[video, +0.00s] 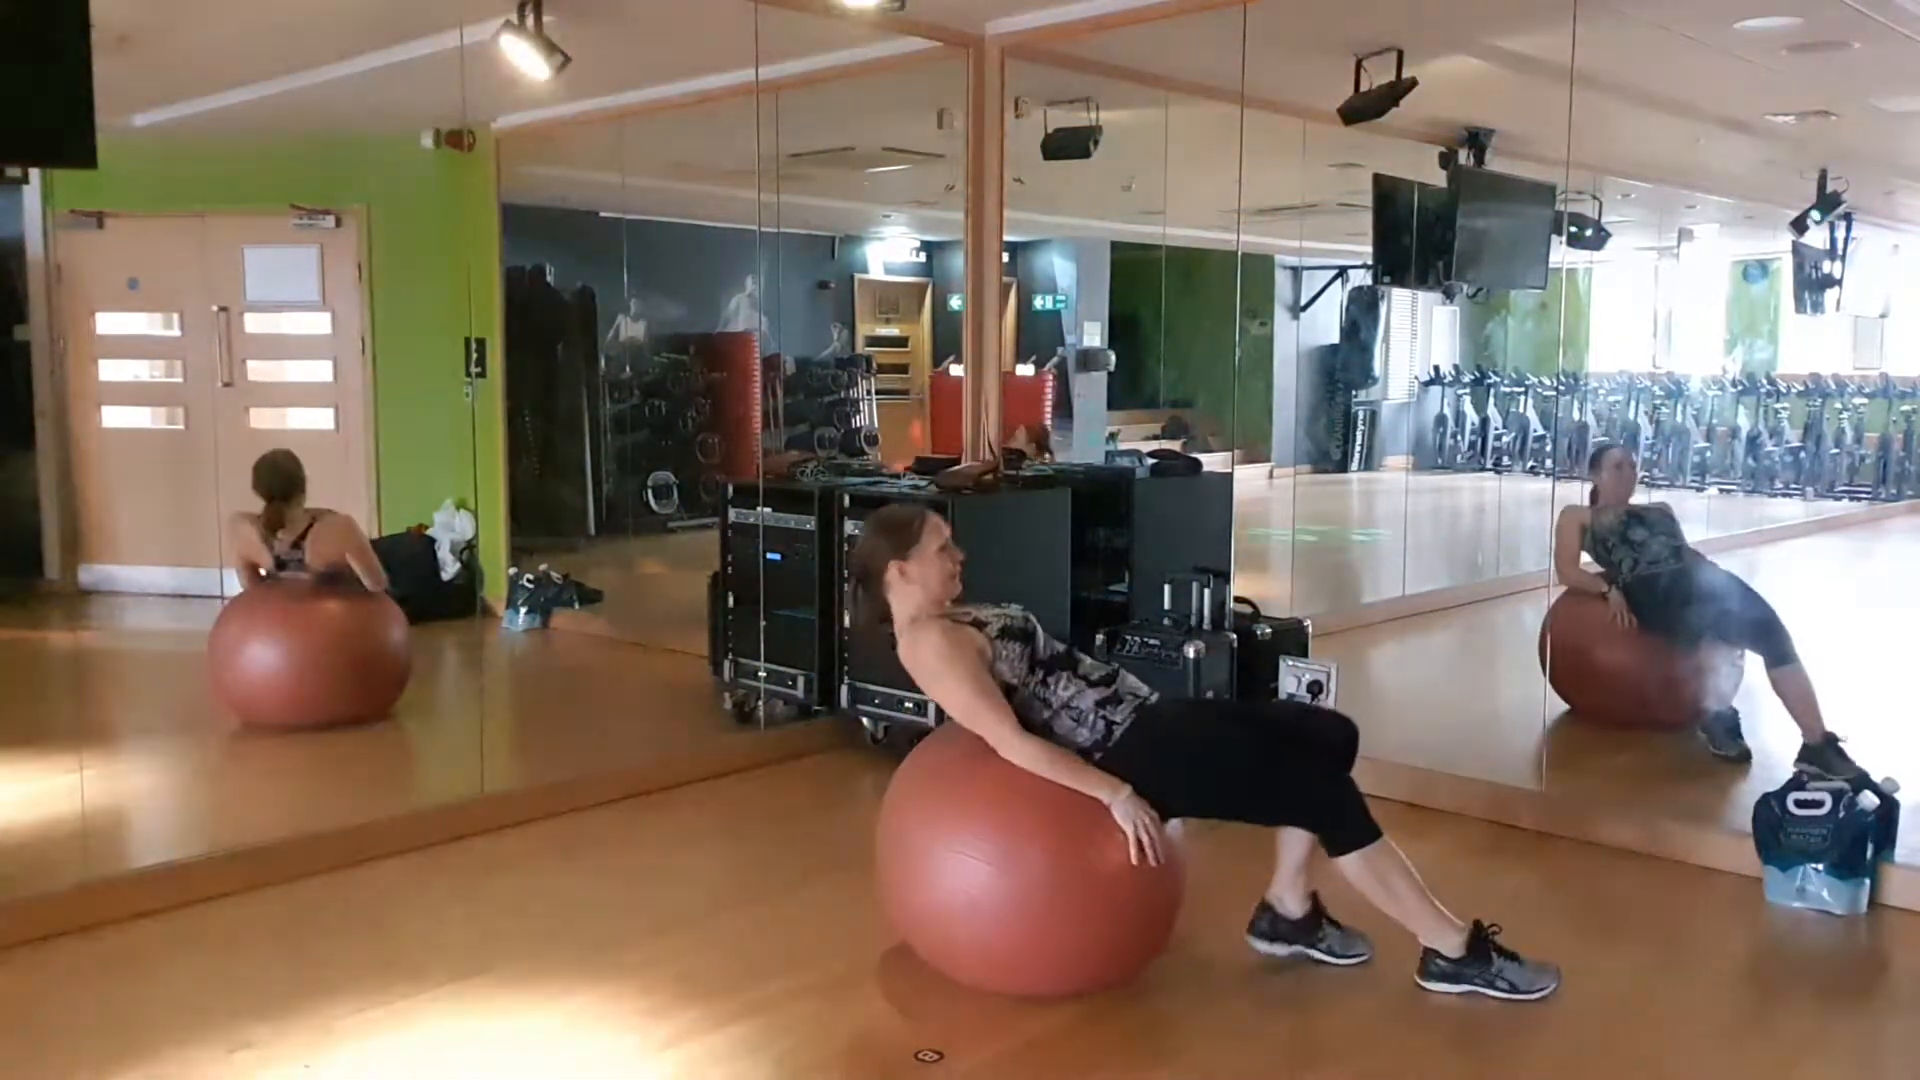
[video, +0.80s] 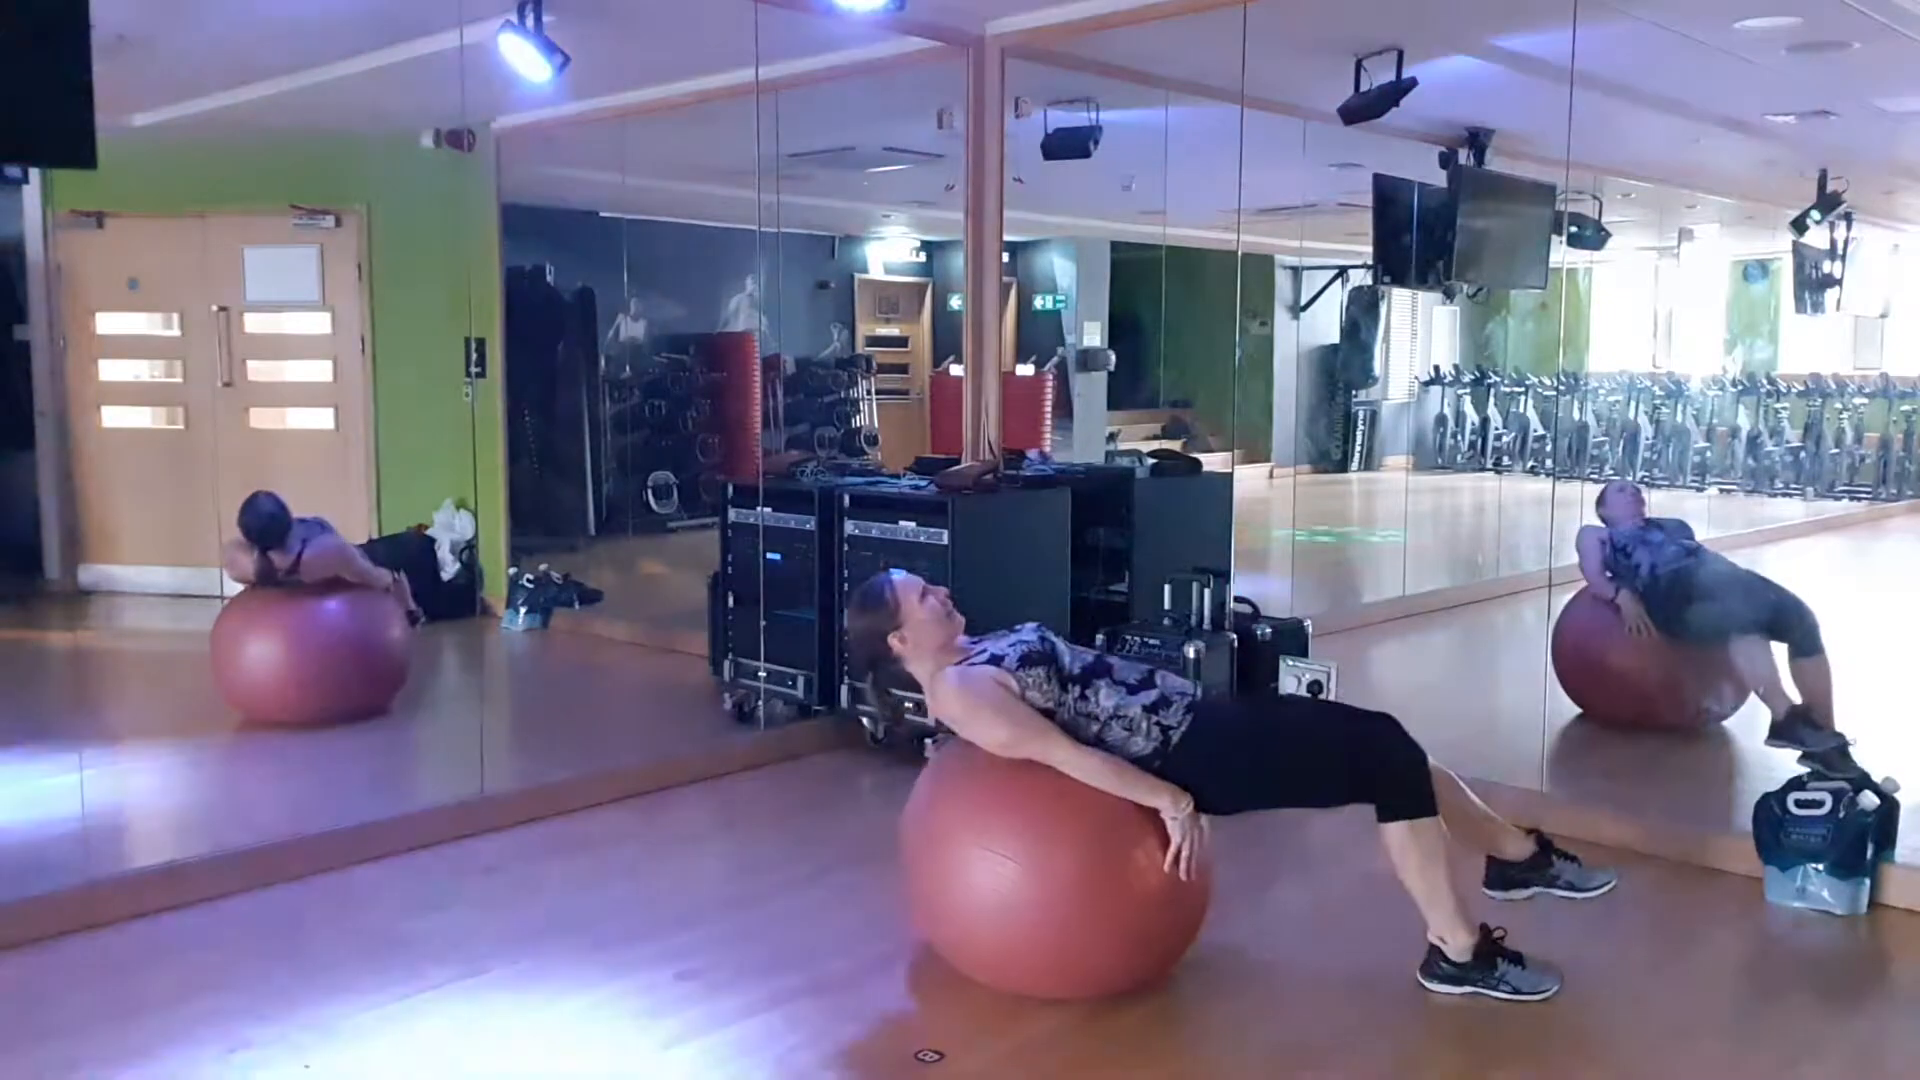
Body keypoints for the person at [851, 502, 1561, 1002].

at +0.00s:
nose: (958, 557)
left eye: (952, 544)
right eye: (942, 549)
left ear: (919, 565)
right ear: (899, 574)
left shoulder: (956, 620)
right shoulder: (933, 643)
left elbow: (1045, 691)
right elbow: (1008, 737)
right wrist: (1111, 791)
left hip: (1145, 720)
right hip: (1128, 751)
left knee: (1327, 733)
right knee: (1320, 780)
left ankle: (1290, 911)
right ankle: (1453, 946)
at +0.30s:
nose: (936, 583)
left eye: (927, 573)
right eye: (918, 581)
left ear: (911, 596)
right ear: (888, 612)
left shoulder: (960, 644)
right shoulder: (932, 677)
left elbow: (1061, 692)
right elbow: (1026, 740)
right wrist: (1134, 790)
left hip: (1178, 704)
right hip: (1162, 749)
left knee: (1358, 700)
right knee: (1352, 776)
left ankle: (1367, 865)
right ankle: (1453, 945)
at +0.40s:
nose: (932, 589)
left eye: (923, 581)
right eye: (914, 590)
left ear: (910, 608)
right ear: (886, 626)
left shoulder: (966, 649)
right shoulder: (934, 684)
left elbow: (1073, 690)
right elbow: (1029, 743)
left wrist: (1175, 707)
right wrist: (1137, 792)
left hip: (1187, 709)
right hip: (1167, 752)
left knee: (1363, 713)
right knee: (1354, 774)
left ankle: (1434, 867)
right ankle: (1450, 947)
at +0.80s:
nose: (938, 589)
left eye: (926, 582)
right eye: (919, 594)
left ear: (922, 621)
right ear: (902, 639)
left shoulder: (982, 654)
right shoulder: (960, 685)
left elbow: (1089, 697)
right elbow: (1055, 749)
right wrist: (1162, 796)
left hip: (1199, 717)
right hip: (1187, 750)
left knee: (1384, 737)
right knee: (1386, 753)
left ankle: (1511, 853)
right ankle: (1456, 951)